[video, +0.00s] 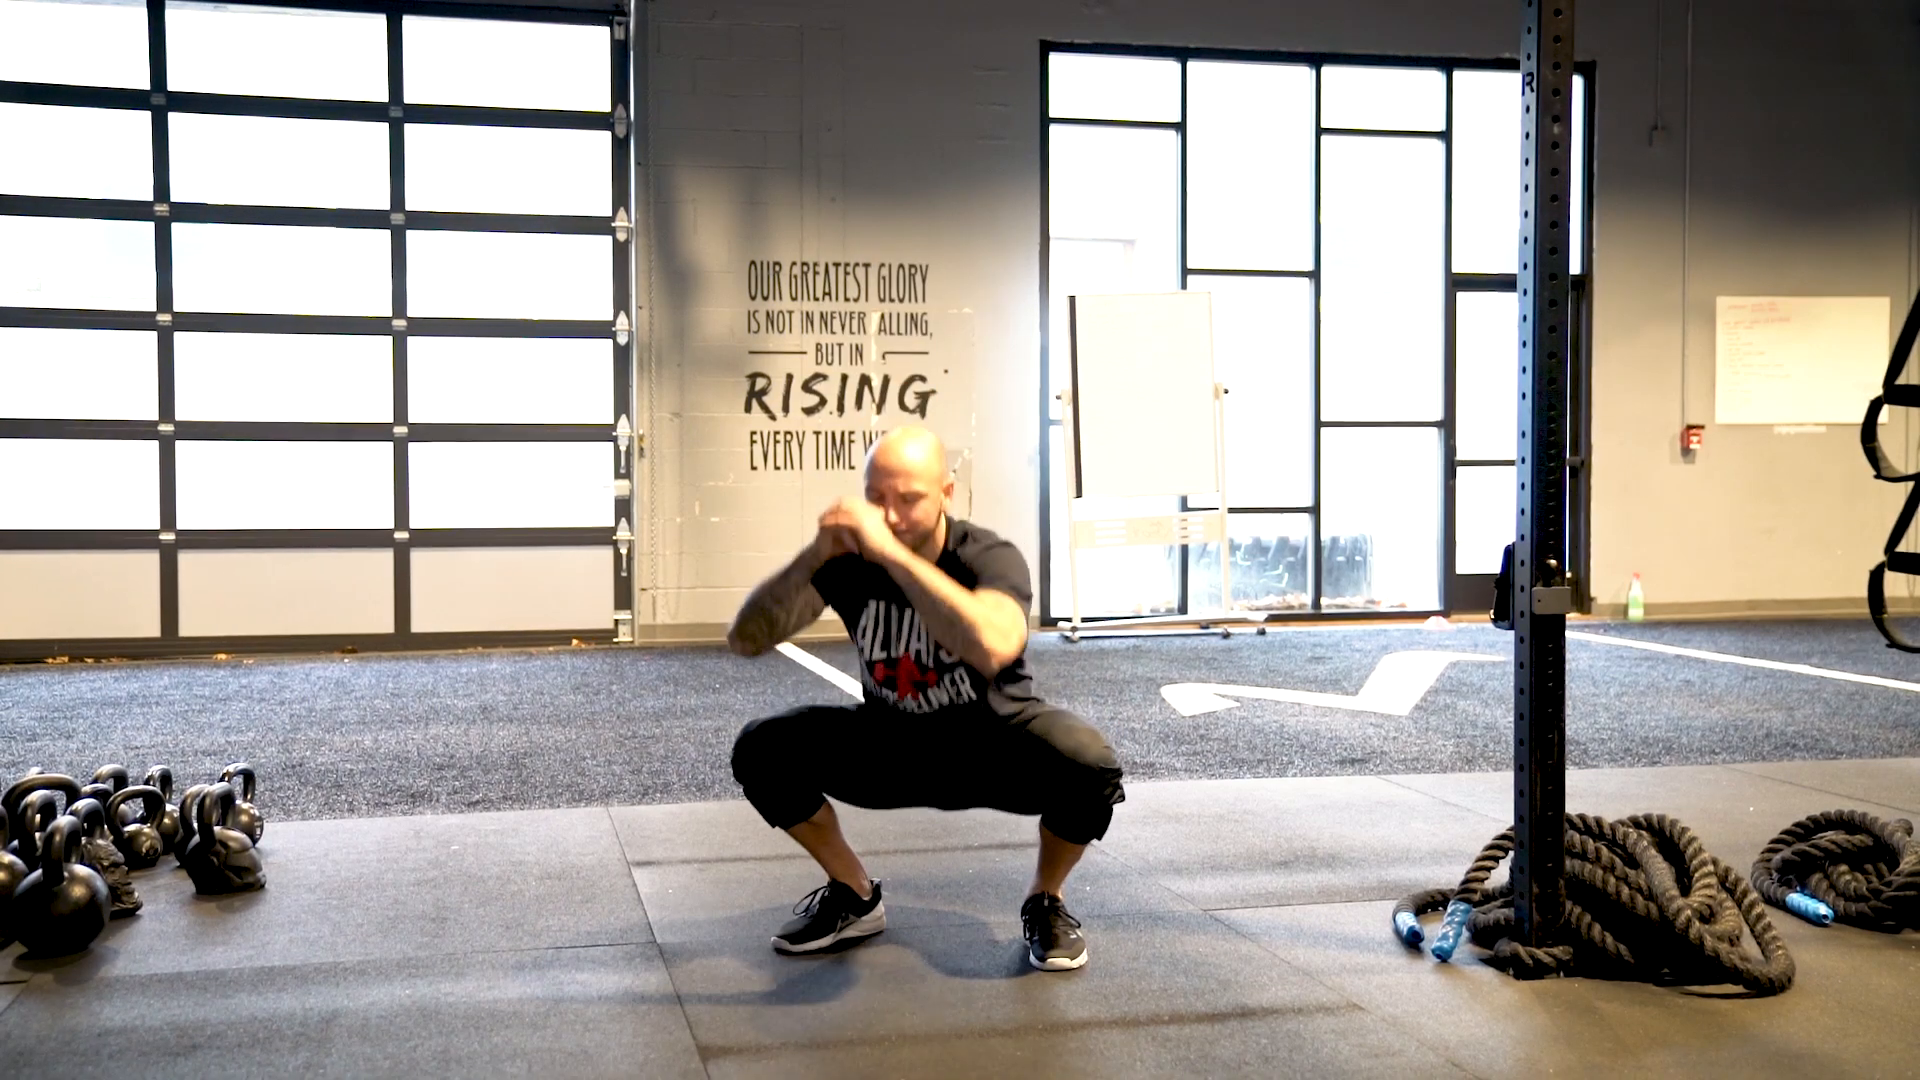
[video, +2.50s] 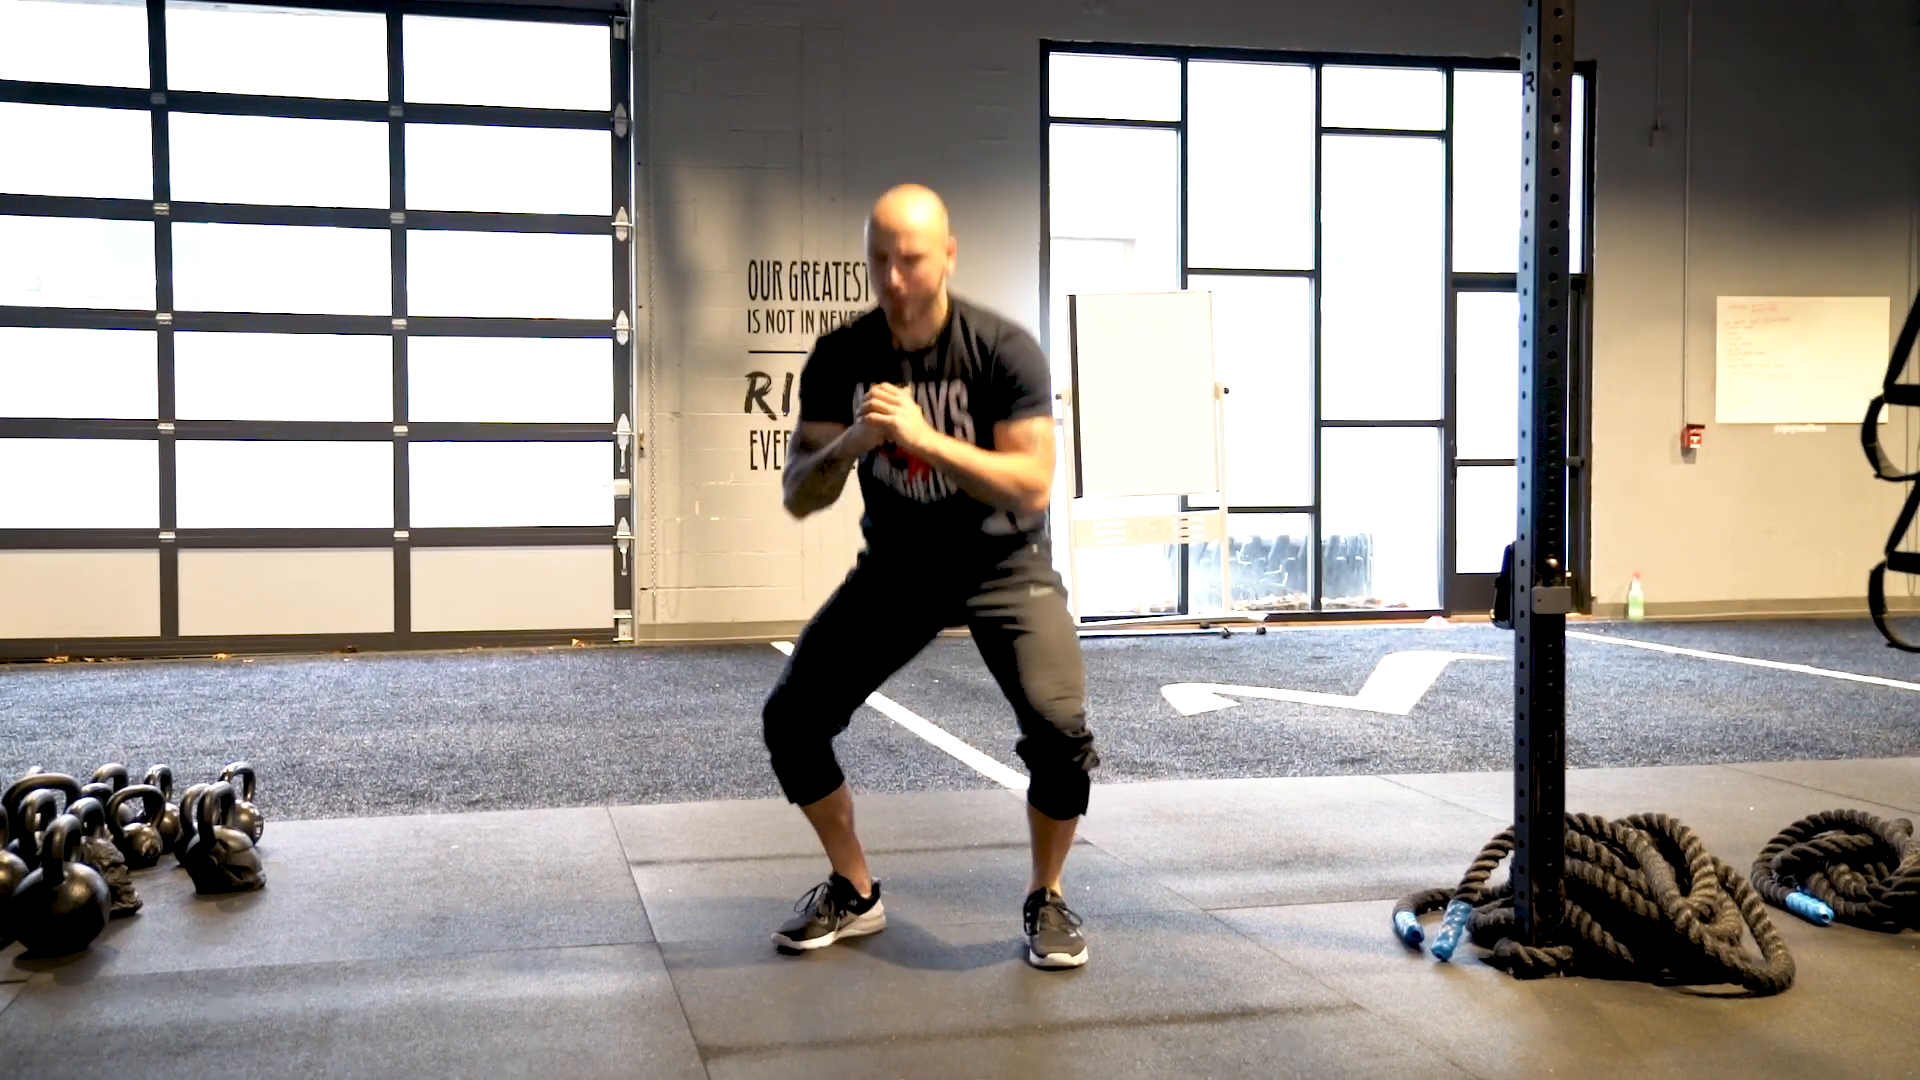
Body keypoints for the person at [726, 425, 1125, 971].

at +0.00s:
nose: (892, 517)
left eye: (909, 501)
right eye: (878, 501)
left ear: (946, 492)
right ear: (865, 494)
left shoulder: (990, 557)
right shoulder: (847, 561)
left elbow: (991, 649)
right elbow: (746, 639)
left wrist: (889, 554)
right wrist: (816, 555)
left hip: (990, 740)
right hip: (889, 740)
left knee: (1086, 763)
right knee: (763, 751)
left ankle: (1046, 902)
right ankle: (853, 891)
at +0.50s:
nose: (894, 252)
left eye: (912, 233)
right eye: (881, 233)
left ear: (950, 229)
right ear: (866, 230)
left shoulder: (1013, 321)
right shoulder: (834, 330)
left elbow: (1073, 443)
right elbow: (803, 449)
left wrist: (962, 486)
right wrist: (860, 481)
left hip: (1007, 546)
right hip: (893, 545)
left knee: (1056, 722)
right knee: (806, 714)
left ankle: (1048, 894)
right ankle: (855, 887)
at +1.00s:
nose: (898, 508)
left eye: (917, 492)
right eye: (887, 491)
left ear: (956, 489)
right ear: (873, 487)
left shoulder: (998, 555)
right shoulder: (848, 556)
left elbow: (1006, 651)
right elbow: (748, 640)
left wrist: (903, 559)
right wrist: (824, 560)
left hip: (993, 736)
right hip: (895, 737)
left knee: (1090, 762)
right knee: (763, 749)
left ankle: (1046, 901)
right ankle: (854, 890)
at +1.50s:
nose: (887, 261)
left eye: (904, 241)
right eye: (873, 242)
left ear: (943, 237)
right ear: (859, 241)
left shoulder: (1005, 331)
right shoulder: (832, 339)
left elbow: (1056, 461)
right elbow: (800, 476)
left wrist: (941, 460)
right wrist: (850, 464)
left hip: (1005, 544)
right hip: (896, 546)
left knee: (1052, 723)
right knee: (801, 714)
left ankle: (1047, 896)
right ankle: (854, 887)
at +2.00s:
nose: (897, 493)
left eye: (916, 477)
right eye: (886, 475)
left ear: (956, 473)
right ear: (873, 472)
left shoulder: (997, 540)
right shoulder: (851, 541)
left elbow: (1007, 627)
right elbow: (755, 632)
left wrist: (898, 544)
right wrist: (828, 550)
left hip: (992, 727)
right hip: (894, 727)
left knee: (1081, 763)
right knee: (763, 747)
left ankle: (1045, 903)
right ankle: (854, 890)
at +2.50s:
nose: (892, 282)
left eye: (910, 262)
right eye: (880, 262)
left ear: (949, 259)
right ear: (866, 262)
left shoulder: (1005, 351)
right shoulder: (838, 357)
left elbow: (1033, 486)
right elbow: (799, 500)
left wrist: (921, 438)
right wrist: (843, 448)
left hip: (1007, 565)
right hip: (899, 567)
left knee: (1060, 726)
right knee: (793, 720)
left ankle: (1047, 898)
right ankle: (854, 889)